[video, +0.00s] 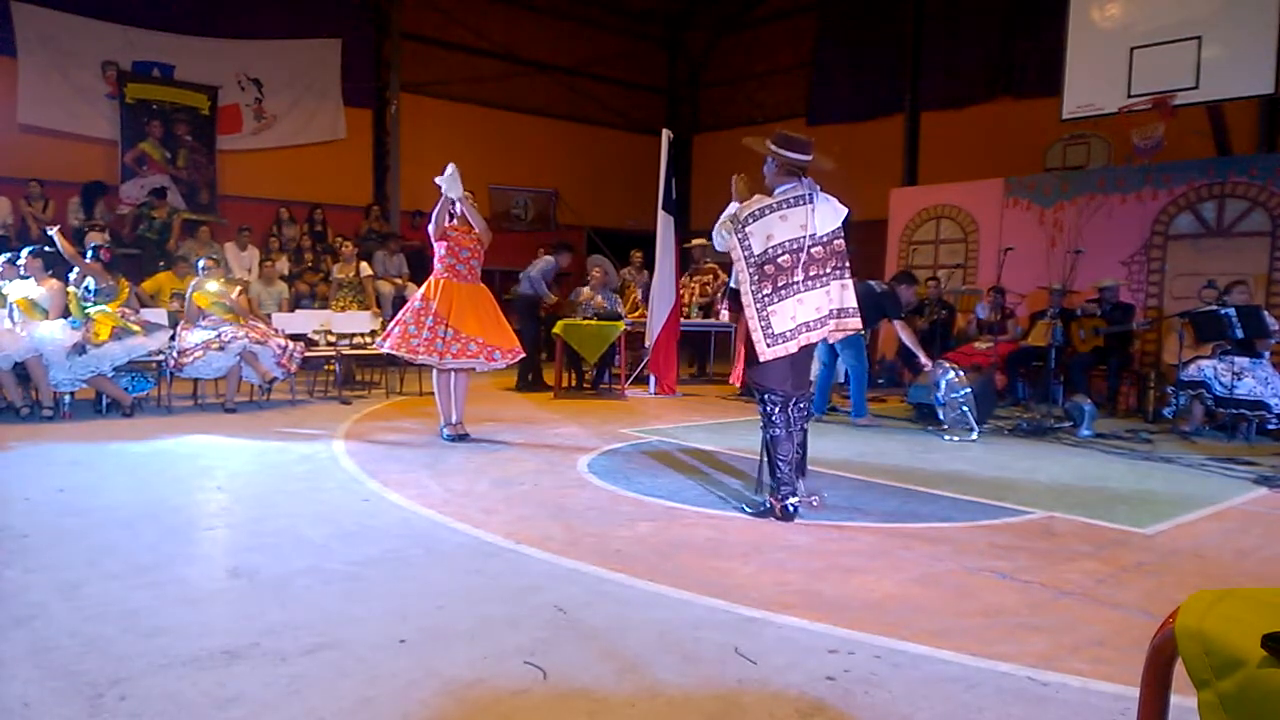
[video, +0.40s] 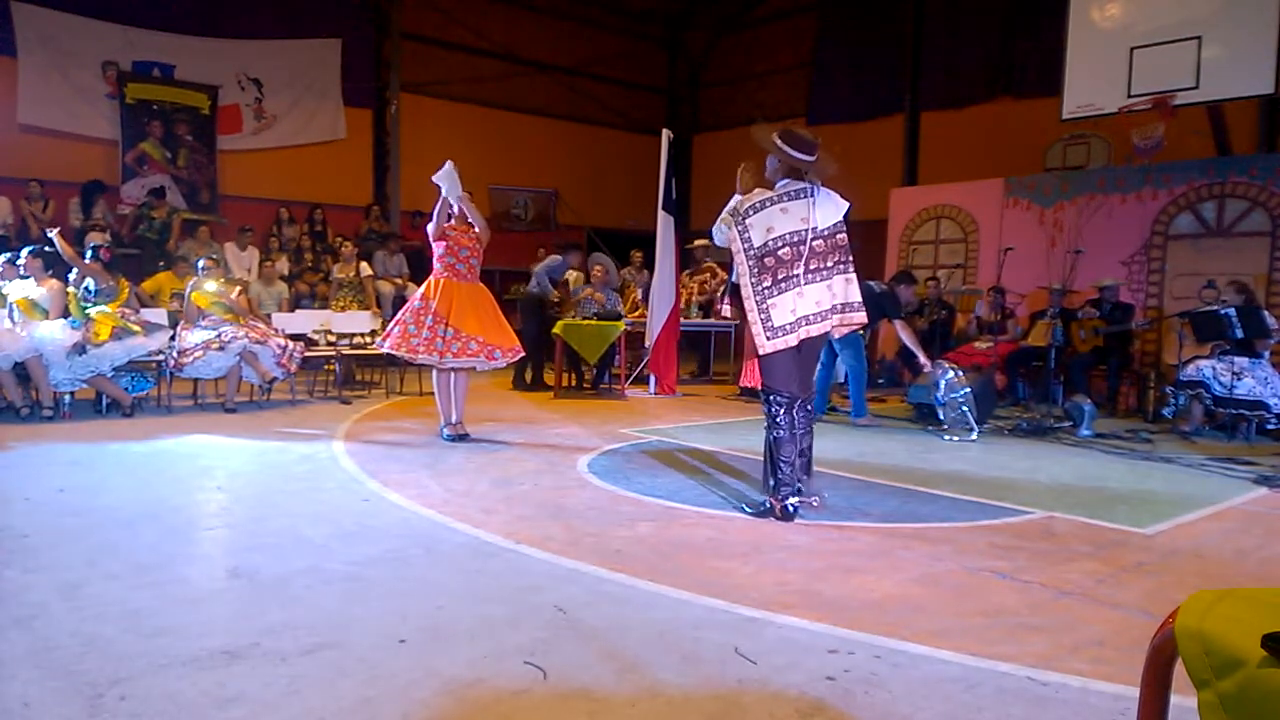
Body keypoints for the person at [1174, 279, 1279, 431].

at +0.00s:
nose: (1244, 297)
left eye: (1247, 293)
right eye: (1240, 293)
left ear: (1250, 296)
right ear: (1227, 297)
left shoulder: (1259, 315)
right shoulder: (1215, 316)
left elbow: (1265, 347)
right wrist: (1212, 350)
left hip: (1253, 364)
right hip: (1221, 362)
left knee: (1249, 381)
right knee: (1199, 368)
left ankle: (1243, 425)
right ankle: (1196, 420)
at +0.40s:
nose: (1222, 302)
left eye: (1226, 298)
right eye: (1221, 298)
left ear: (1242, 298)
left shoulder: (1259, 316)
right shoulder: (1218, 317)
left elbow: (1263, 346)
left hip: (1253, 365)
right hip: (1223, 363)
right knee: (1196, 368)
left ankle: (1243, 424)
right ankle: (1196, 419)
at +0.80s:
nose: (1221, 303)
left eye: (1225, 299)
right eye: (1220, 299)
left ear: (1241, 298)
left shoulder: (1258, 315)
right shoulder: (1220, 317)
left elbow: (1261, 346)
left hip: (1254, 367)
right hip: (1225, 365)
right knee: (1197, 368)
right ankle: (1195, 421)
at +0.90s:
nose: (1221, 303)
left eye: (1225, 298)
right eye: (1220, 298)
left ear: (1241, 298)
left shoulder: (1258, 315)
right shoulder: (1218, 316)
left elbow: (1261, 346)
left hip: (1253, 366)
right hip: (1223, 365)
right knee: (1197, 368)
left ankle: (1242, 425)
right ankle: (1195, 421)